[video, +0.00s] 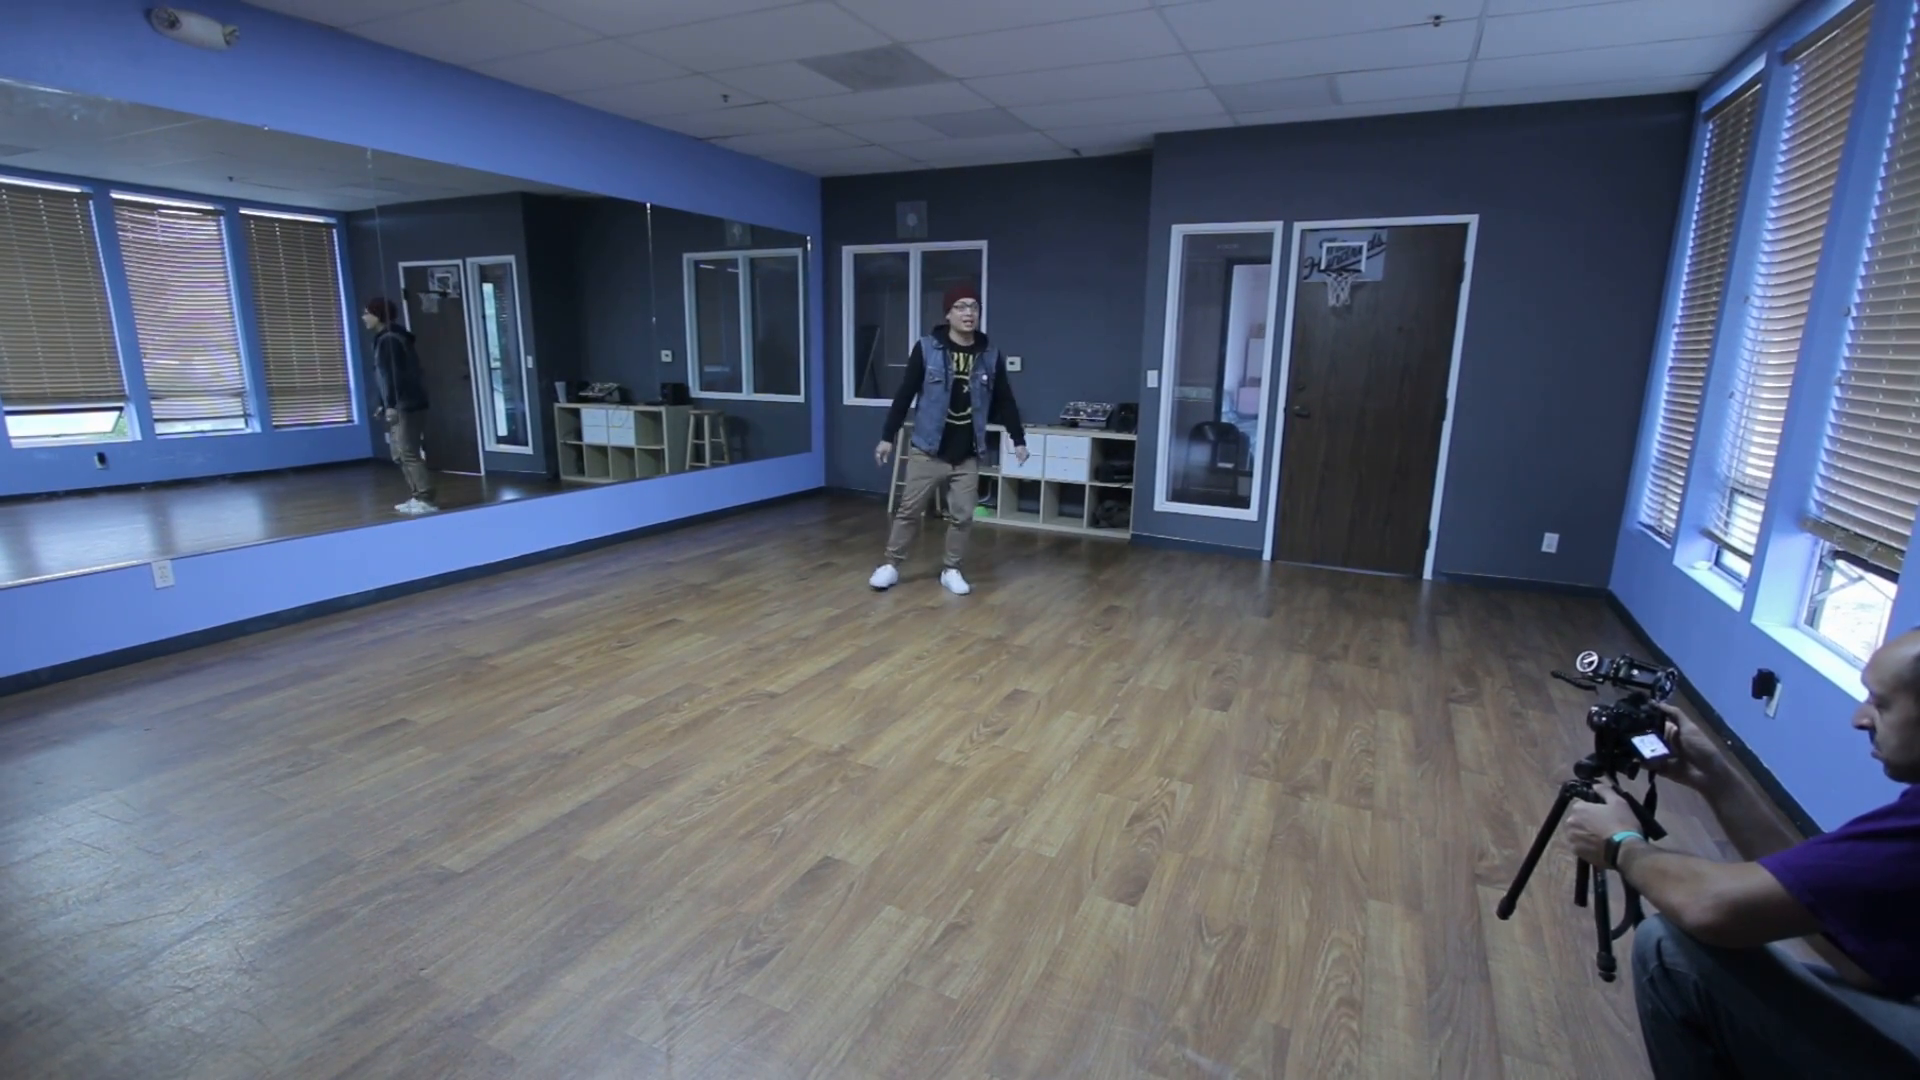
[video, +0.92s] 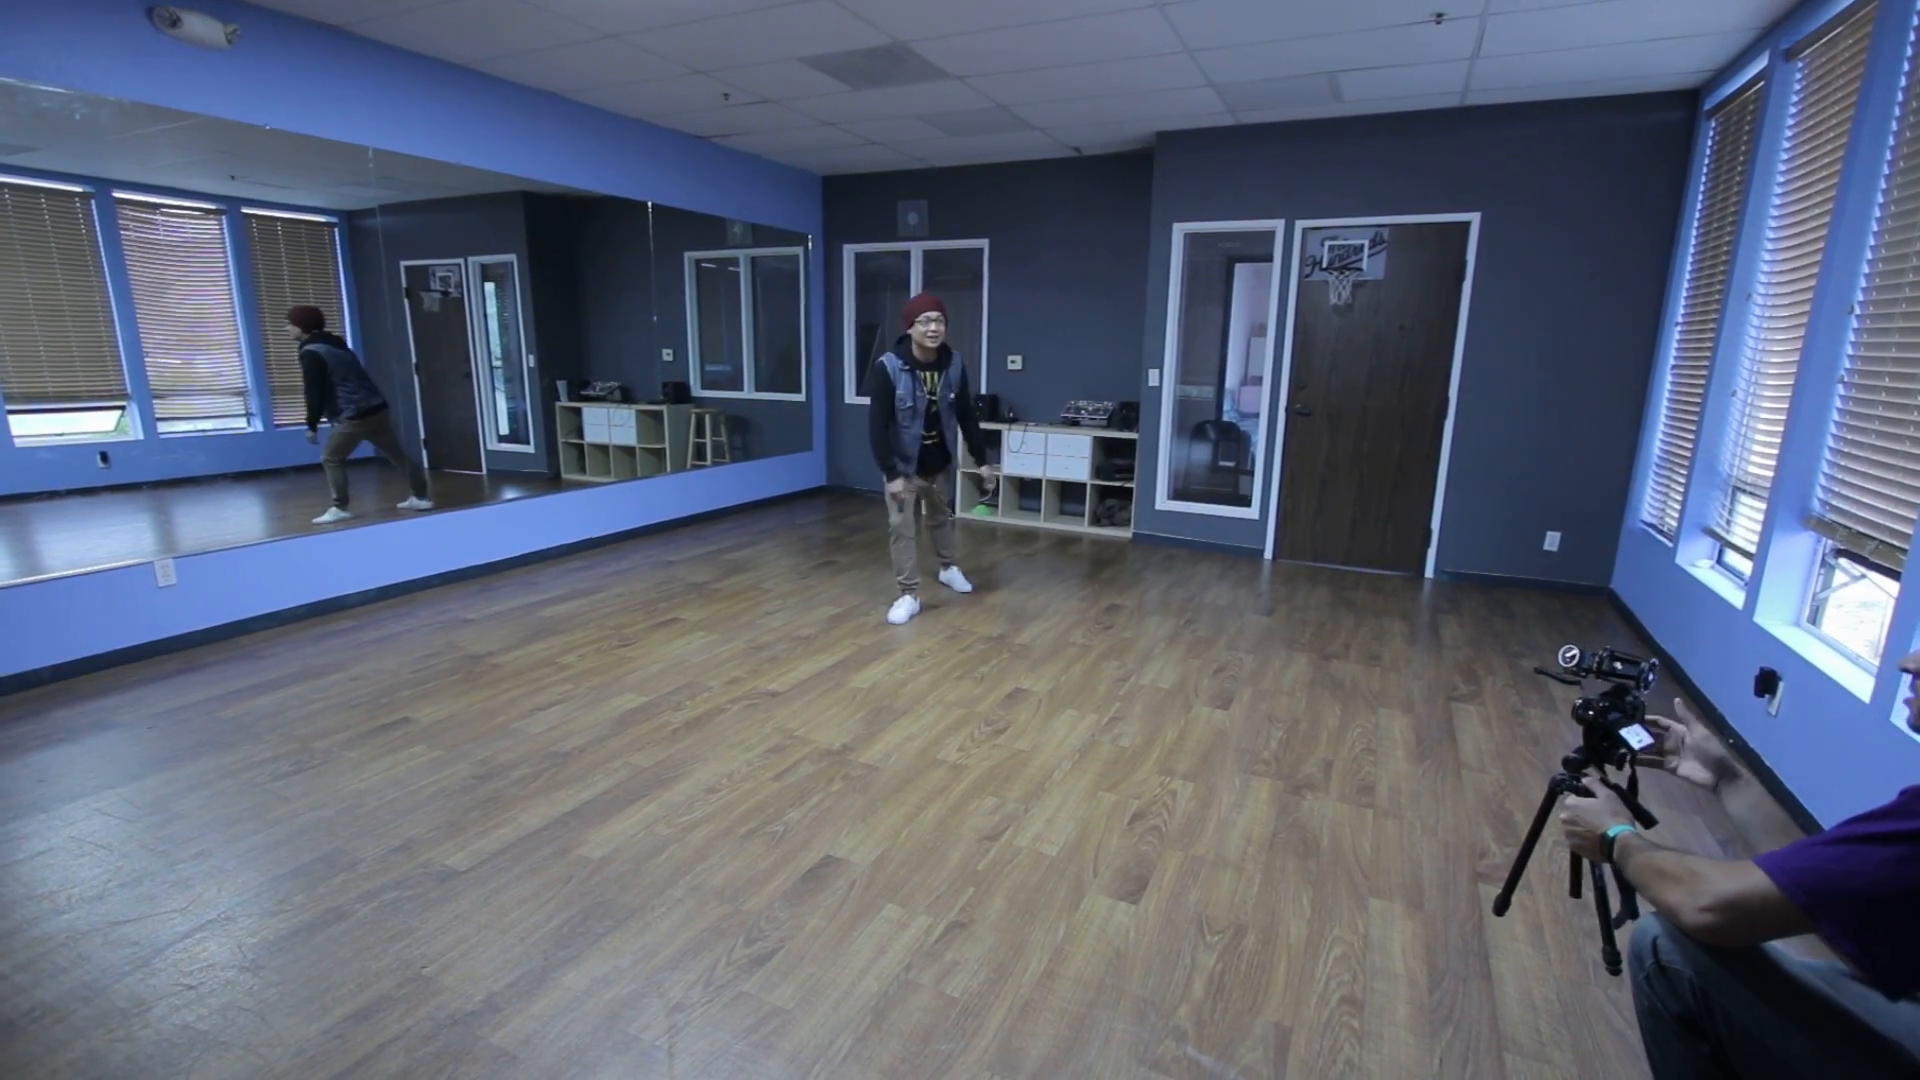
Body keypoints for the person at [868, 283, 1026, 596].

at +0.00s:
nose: (968, 314)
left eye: (973, 308)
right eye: (961, 308)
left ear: (979, 315)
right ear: (948, 314)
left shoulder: (990, 355)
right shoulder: (927, 348)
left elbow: (1004, 400)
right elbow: (905, 394)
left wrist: (1018, 439)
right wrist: (888, 437)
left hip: (967, 451)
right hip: (928, 448)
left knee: (963, 516)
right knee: (909, 508)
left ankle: (952, 570)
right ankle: (891, 565)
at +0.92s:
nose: (934, 328)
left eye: (939, 322)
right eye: (926, 322)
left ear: (945, 327)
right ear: (910, 327)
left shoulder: (953, 364)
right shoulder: (888, 367)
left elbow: (967, 415)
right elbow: (878, 426)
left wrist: (982, 462)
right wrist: (891, 473)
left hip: (939, 460)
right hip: (902, 463)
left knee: (942, 518)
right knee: (901, 526)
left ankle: (948, 568)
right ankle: (908, 593)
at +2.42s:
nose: (811, 300)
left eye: (817, 295)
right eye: (804, 296)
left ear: (828, 304)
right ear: (795, 307)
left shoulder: (846, 343)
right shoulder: (781, 344)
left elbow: (858, 395)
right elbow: (775, 397)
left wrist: (861, 439)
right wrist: (791, 438)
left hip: (837, 440)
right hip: (799, 440)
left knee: (841, 508)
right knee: (795, 507)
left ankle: (852, 572)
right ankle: (791, 567)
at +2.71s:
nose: (810, 300)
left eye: (814, 295)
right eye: (802, 297)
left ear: (823, 303)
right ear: (792, 307)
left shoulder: (842, 343)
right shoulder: (777, 343)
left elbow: (849, 394)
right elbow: (764, 393)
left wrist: (840, 434)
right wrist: (756, 440)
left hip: (831, 437)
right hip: (793, 439)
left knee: (840, 503)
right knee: (795, 504)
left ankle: (843, 561)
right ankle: (792, 566)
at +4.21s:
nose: (994, 318)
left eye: (991, 314)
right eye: (994, 314)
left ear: (968, 313)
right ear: (991, 316)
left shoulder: (955, 339)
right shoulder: (984, 348)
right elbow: (998, 389)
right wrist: (1019, 421)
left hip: (948, 424)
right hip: (968, 429)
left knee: (961, 482)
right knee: (969, 487)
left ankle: (962, 532)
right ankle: (960, 549)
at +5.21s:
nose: (1019, 342)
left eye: (1017, 338)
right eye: (1018, 339)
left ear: (996, 335)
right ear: (1015, 338)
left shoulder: (986, 353)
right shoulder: (1009, 354)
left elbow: (984, 389)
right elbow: (1005, 389)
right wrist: (1006, 424)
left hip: (965, 417)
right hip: (977, 420)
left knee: (979, 475)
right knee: (968, 475)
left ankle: (975, 527)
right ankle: (940, 524)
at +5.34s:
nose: (1017, 340)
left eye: (1015, 336)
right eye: (1017, 336)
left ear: (995, 333)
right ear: (1014, 336)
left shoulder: (984, 350)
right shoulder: (1007, 352)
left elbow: (982, 386)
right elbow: (1003, 386)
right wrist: (1004, 422)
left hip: (963, 415)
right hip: (976, 418)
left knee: (973, 473)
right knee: (972, 473)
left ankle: (974, 525)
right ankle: (940, 521)